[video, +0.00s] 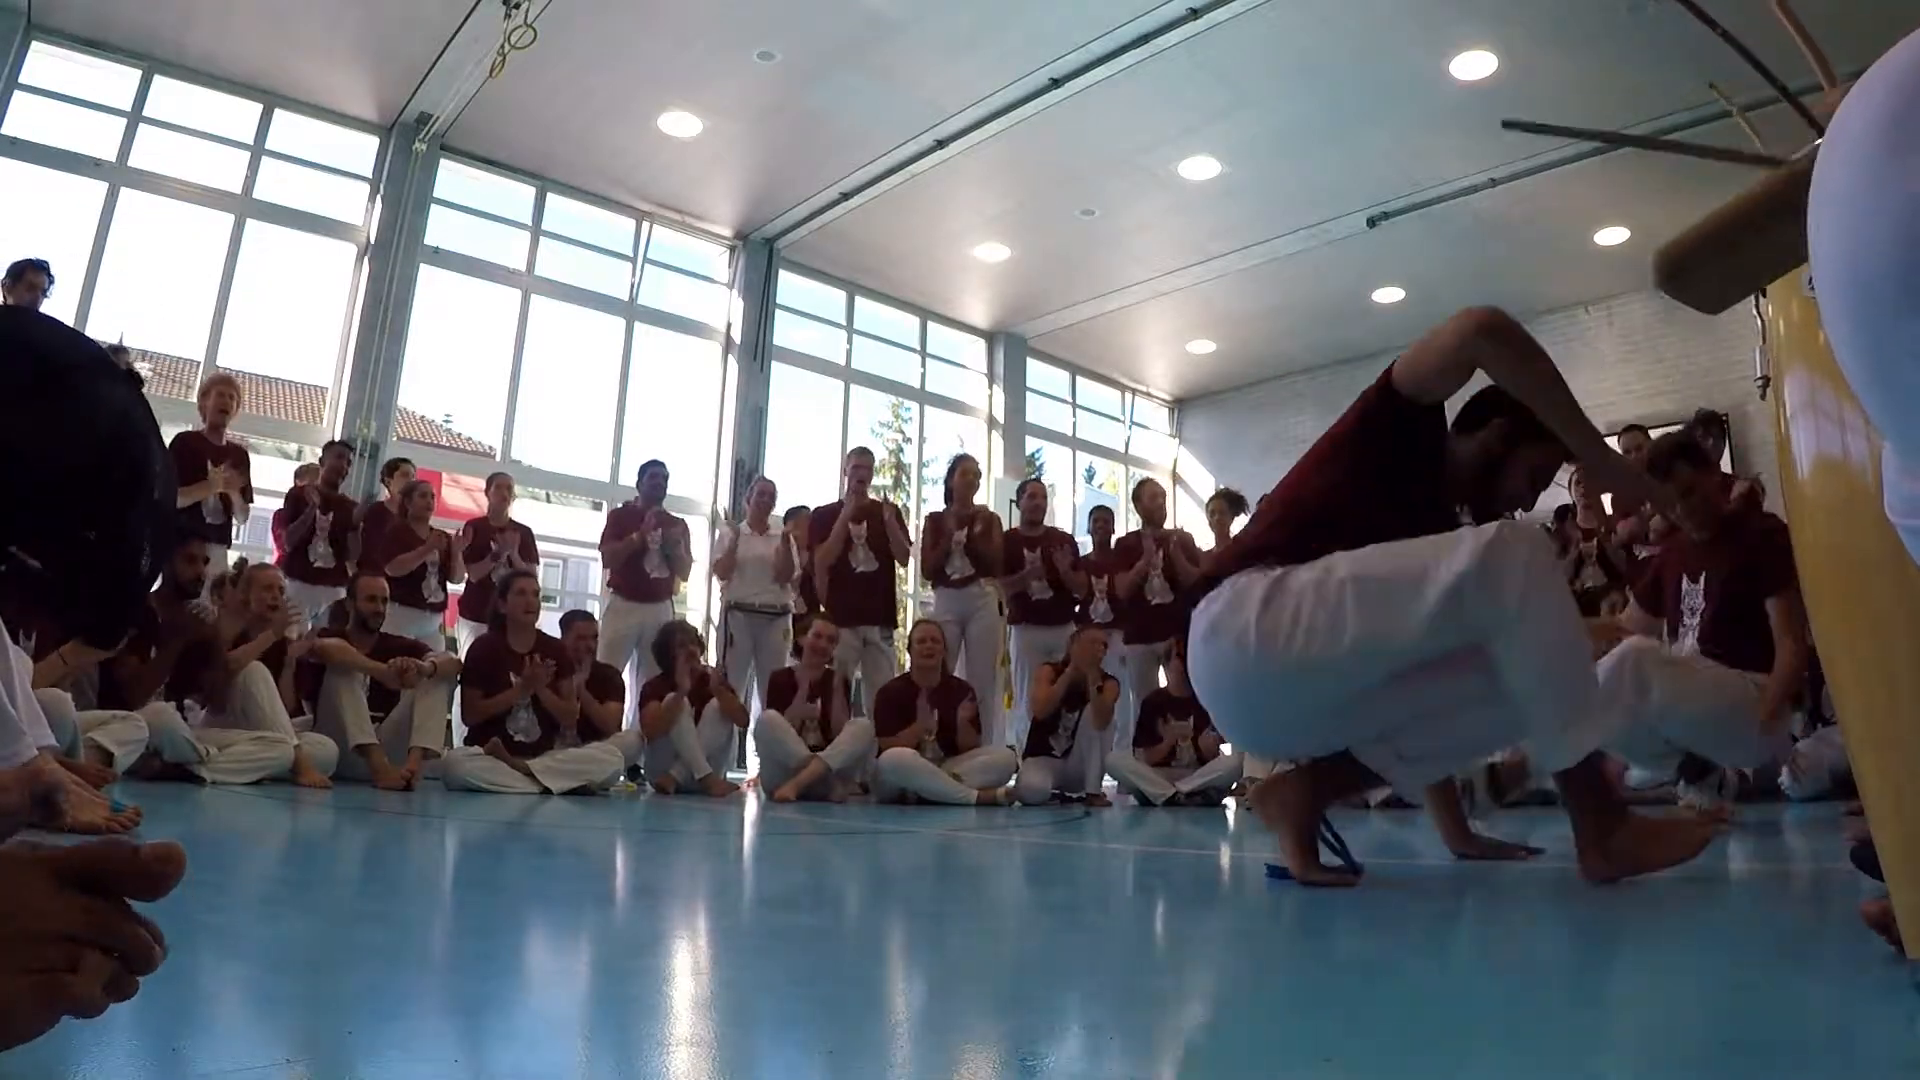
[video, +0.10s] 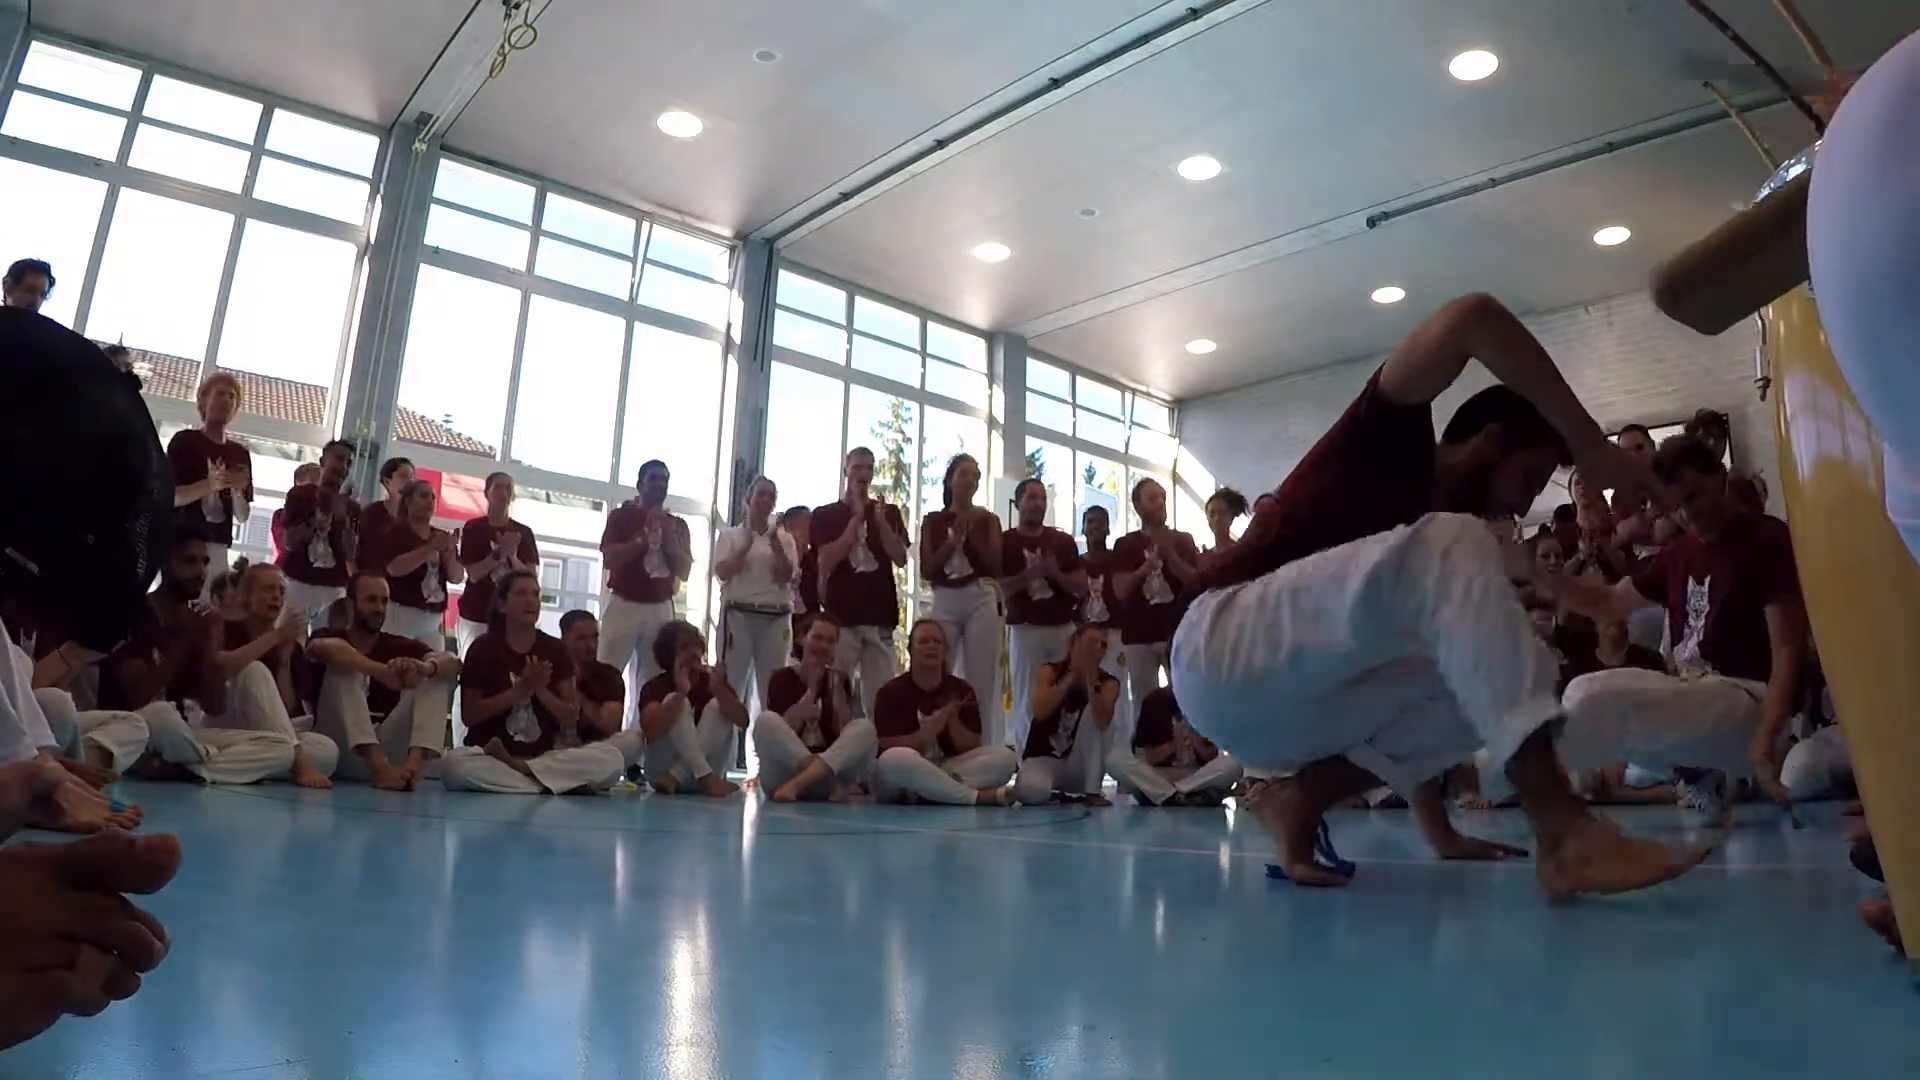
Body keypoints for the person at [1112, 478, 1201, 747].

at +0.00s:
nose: (1161, 504)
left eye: (1163, 498)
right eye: (1153, 498)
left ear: (1167, 502)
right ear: (1138, 505)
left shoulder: (1183, 540)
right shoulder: (1126, 544)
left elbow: (1194, 582)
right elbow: (1122, 591)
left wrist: (1176, 554)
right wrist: (1145, 562)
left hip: (1179, 634)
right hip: (1140, 637)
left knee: (1183, 702)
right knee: (1143, 704)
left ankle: (1187, 761)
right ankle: (1141, 762)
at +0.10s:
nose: (1160, 503)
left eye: (1162, 497)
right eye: (1152, 498)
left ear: (1167, 502)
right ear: (1137, 505)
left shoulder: (1183, 540)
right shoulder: (1126, 544)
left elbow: (1194, 581)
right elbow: (1120, 591)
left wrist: (1171, 556)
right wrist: (1147, 566)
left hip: (1179, 634)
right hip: (1140, 636)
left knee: (1185, 700)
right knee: (1144, 704)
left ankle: (1191, 756)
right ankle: (1145, 761)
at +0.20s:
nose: (1161, 502)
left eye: (1163, 497)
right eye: (1153, 498)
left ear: (1167, 501)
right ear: (1138, 506)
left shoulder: (1183, 540)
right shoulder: (1126, 544)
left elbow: (1193, 584)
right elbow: (1121, 590)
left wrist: (1170, 548)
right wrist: (1146, 560)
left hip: (1179, 634)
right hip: (1141, 637)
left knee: (1188, 702)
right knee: (1144, 707)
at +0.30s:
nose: (1161, 504)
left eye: (1163, 498)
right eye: (1153, 499)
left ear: (1168, 501)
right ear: (1138, 507)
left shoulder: (1183, 540)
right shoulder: (1126, 545)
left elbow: (1196, 582)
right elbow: (1122, 587)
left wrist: (1180, 553)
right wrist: (1141, 559)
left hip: (1180, 632)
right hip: (1142, 636)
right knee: (1146, 701)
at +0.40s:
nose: (1163, 503)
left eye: (1165, 497)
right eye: (1154, 498)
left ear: (1169, 500)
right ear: (1140, 506)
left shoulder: (1186, 538)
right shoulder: (1128, 545)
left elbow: (1195, 583)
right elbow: (1128, 589)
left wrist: (1172, 545)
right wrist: (1150, 563)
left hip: (1183, 630)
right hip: (1144, 635)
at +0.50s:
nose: (1165, 503)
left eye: (1167, 497)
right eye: (1156, 498)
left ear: (1171, 502)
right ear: (1142, 506)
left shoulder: (1189, 538)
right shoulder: (1130, 545)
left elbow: (1198, 580)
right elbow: (1128, 590)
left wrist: (1174, 546)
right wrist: (1152, 566)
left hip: (1186, 624)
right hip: (1145, 628)